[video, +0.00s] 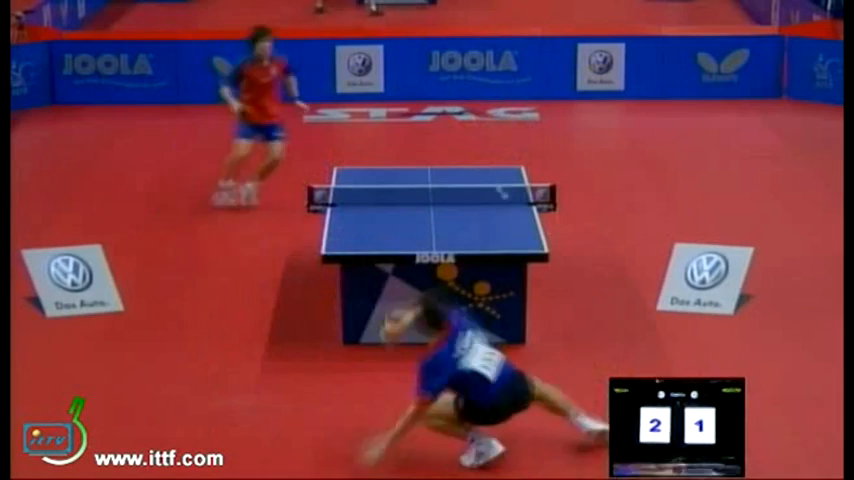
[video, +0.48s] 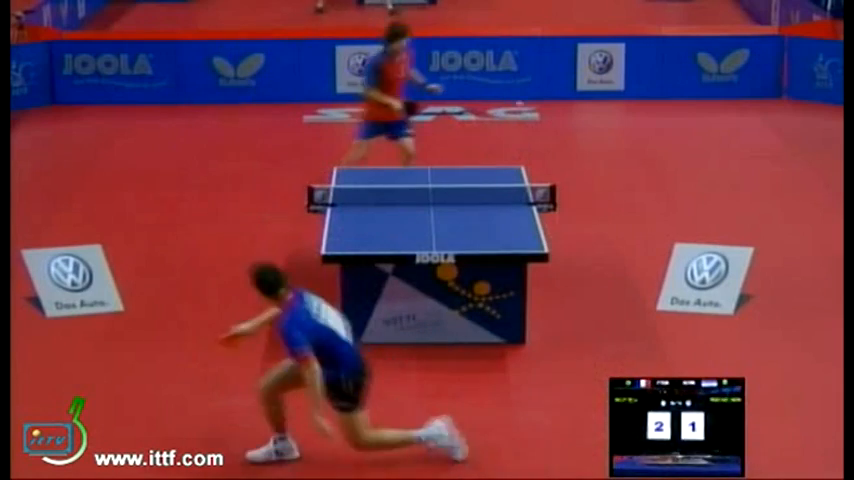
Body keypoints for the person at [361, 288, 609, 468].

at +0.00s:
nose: (414, 319)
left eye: (418, 317)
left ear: (424, 327)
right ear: (444, 316)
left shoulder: (436, 362)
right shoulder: (463, 321)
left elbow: (419, 410)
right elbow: (432, 308)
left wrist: (386, 443)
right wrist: (406, 319)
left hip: (489, 412)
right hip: (518, 390)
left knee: (425, 416)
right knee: (537, 387)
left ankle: (482, 444)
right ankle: (583, 420)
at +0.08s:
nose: (387, 347)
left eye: (388, 341)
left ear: (395, 344)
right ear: (411, 330)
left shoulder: (414, 378)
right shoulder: (428, 335)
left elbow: (401, 427)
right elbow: (394, 339)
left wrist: (380, 471)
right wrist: (369, 356)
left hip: (483, 407)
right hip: (500, 380)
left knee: (414, 428)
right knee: (496, 377)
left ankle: (476, 442)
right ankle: (533, 421)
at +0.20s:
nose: (347, 350)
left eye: (350, 347)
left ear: (356, 348)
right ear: (370, 331)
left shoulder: (382, 379)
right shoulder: (386, 333)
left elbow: (385, 430)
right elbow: (361, 345)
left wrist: (381, 472)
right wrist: (340, 362)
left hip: (449, 401)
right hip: (458, 370)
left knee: (396, 454)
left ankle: (458, 439)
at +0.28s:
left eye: (326, 337)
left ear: (334, 340)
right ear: (345, 320)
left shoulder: (358, 371)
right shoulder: (361, 323)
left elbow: (372, 424)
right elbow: (343, 336)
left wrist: (374, 471)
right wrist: (326, 343)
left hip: (420, 396)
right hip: (429, 365)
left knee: (388, 461)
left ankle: (450, 435)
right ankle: (337, 414)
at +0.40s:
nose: (283, 311)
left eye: (284, 307)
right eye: (284, 307)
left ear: (292, 311)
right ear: (307, 299)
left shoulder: (317, 343)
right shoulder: (324, 307)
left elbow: (334, 391)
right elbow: (297, 319)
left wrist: (343, 438)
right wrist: (276, 328)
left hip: (375, 382)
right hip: (358, 366)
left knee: (389, 450)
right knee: (295, 381)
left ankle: (458, 429)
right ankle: (286, 442)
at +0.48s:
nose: (262, 291)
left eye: (260, 288)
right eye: (267, 285)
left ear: (263, 293)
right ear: (283, 281)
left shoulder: (291, 323)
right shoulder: (301, 296)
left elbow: (311, 367)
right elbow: (278, 312)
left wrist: (316, 411)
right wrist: (249, 328)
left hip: (347, 374)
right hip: (328, 362)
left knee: (360, 440)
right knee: (269, 389)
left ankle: (433, 434)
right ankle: (282, 444)